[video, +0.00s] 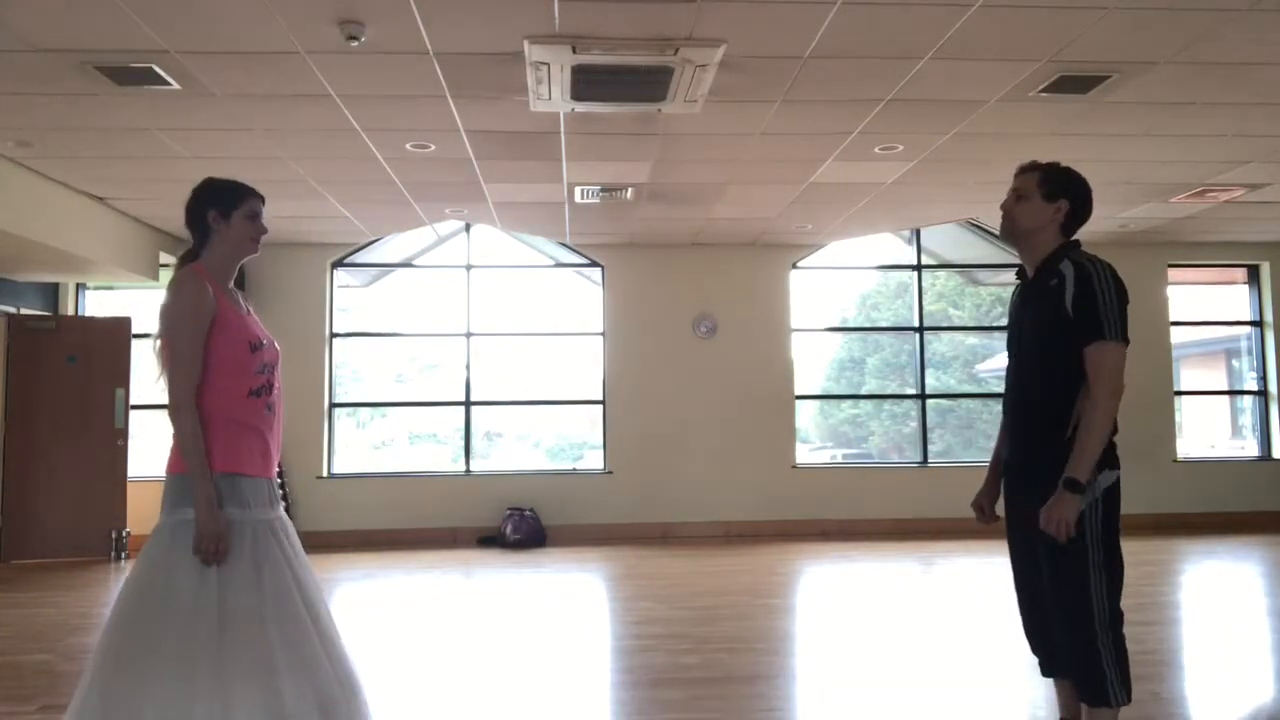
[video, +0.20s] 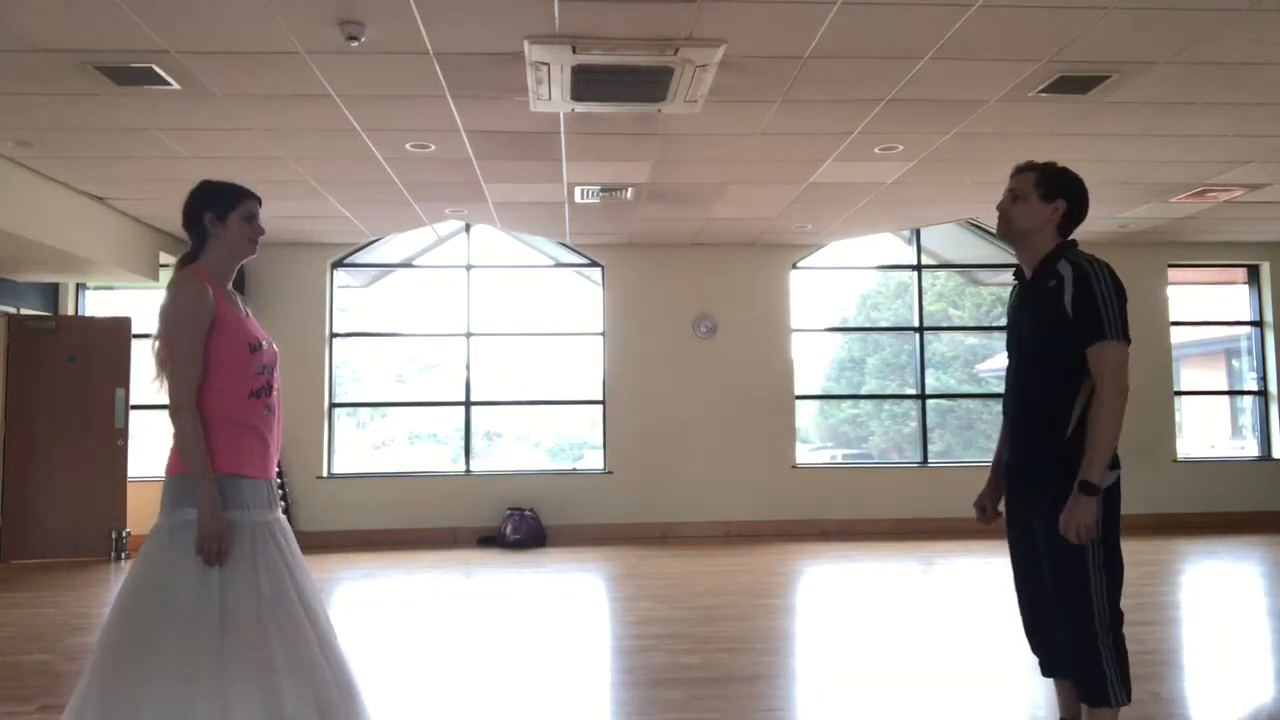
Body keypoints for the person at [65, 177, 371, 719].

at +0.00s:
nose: (263, 230)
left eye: (263, 220)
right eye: (253, 218)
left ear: (225, 224)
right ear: (215, 220)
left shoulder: (234, 297)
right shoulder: (192, 288)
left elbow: (239, 399)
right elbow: (181, 401)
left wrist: (269, 484)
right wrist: (206, 505)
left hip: (253, 493)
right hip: (218, 494)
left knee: (257, 651)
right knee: (215, 652)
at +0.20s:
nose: (261, 231)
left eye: (259, 220)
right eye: (250, 219)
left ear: (222, 226)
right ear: (212, 223)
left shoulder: (232, 297)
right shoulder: (192, 289)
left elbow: (236, 400)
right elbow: (182, 402)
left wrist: (268, 488)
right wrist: (208, 505)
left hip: (252, 496)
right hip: (218, 497)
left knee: (254, 653)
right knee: (215, 656)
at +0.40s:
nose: (260, 231)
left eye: (259, 221)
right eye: (249, 219)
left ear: (223, 226)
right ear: (211, 222)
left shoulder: (230, 297)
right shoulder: (192, 289)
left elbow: (234, 403)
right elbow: (185, 403)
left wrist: (264, 498)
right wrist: (211, 506)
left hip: (249, 498)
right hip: (216, 499)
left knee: (251, 656)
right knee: (213, 659)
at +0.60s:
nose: (258, 232)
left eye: (258, 222)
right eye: (248, 220)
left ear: (221, 226)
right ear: (209, 222)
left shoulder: (230, 297)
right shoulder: (191, 289)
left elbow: (235, 403)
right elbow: (184, 403)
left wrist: (265, 497)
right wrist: (211, 506)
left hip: (251, 497)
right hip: (215, 499)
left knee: (254, 654)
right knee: (214, 658)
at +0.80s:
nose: (255, 235)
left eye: (256, 225)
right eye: (246, 222)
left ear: (219, 227)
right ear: (207, 222)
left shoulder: (229, 296)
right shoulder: (188, 290)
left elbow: (238, 404)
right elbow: (183, 406)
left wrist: (267, 499)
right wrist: (210, 507)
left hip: (252, 498)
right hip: (215, 499)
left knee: (255, 654)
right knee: (216, 656)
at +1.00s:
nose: (255, 235)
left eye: (256, 226)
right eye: (246, 223)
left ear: (219, 228)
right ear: (208, 223)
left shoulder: (229, 298)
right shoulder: (186, 291)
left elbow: (244, 405)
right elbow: (184, 407)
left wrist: (271, 497)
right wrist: (212, 507)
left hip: (253, 497)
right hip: (216, 498)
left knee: (257, 653)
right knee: (218, 655)